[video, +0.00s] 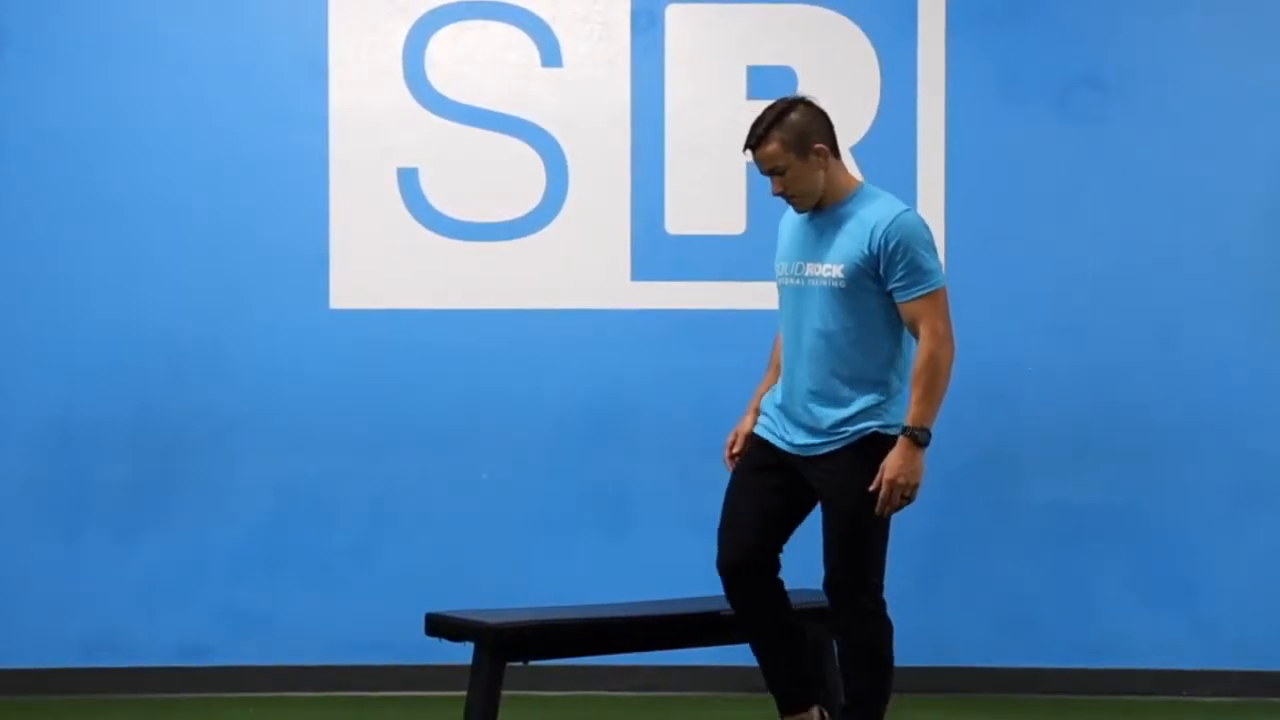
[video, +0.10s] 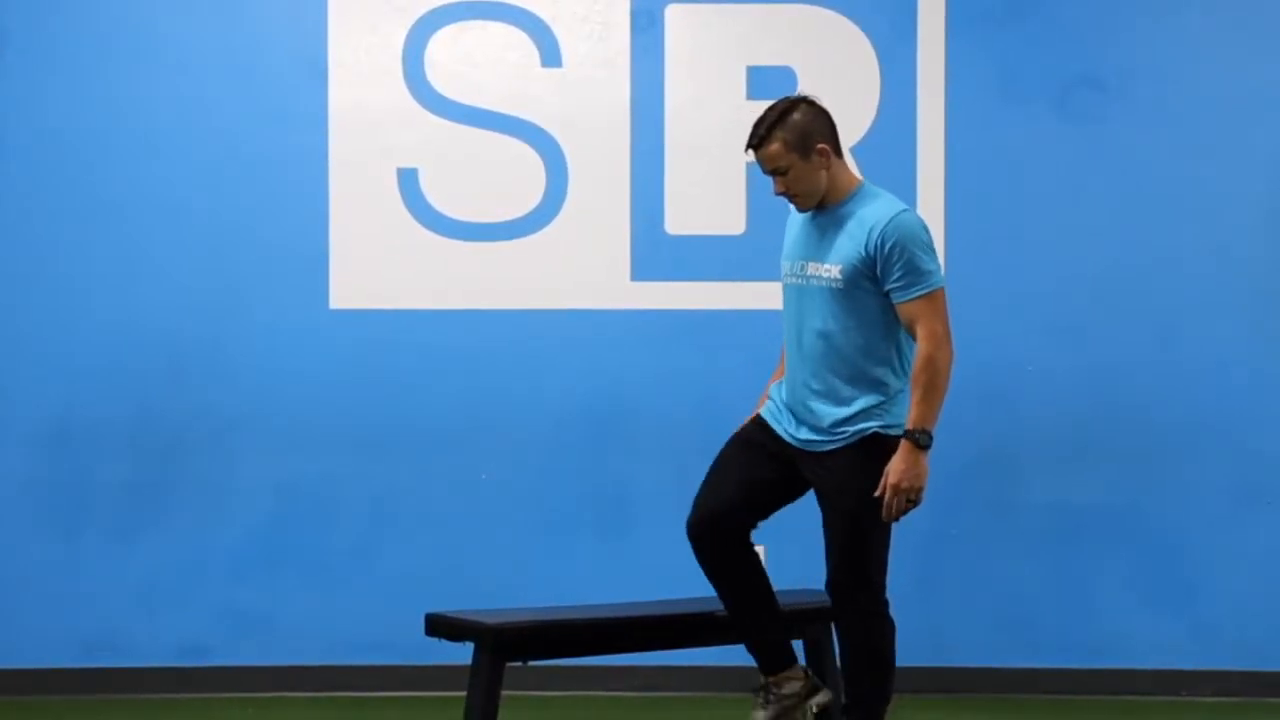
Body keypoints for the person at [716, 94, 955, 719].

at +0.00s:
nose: (774, 187)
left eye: (779, 172)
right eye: (767, 175)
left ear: (821, 155)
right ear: (809, 160)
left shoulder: (893, 225)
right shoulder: (794, 223)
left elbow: (936, 337)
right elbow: (795, 332)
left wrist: (913, 440)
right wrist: (756, 411)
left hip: (859, 439)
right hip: (783, 433)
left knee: (853, 598)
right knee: (741, 563)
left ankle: (862, 714)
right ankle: (803, 708)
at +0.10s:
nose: (776, 188)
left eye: (780, 172)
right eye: (769, 176)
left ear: (823, 154)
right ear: (817, 158)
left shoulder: (894, 227)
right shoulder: (805, 219)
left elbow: (935, 340)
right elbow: (808, 333)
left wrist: (916, 444)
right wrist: (769, 407)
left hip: (863, 437)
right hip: (790, 423)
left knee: (856, 600)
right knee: (712, 525)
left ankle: (861, 712)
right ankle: (784, 678)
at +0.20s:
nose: (774, 189)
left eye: (779, 174)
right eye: (768, 176)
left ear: (822, 158)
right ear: (811, 161)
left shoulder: (889, 228)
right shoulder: (807, 216)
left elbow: (932, 341)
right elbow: (825, 326)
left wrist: (911, 447)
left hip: (859, 435)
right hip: (790, 409)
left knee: (859, 605)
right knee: (688, 470)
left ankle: (863, 712)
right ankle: (768, 617)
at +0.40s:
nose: (770, 201)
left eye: (774, 186)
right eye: (763, 189)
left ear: (815, 166)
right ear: (807, 169)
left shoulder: (886, 233)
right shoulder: (812, 220)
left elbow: (924, 347)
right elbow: (819, 333)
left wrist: (892, 448)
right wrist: (786, 411)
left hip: (847, 435)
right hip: (793, 394)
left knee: (846, 596)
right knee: (672, 388)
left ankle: (853, 714)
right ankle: (732, 538)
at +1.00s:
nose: (706, 214)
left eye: (709, 200)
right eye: (699, 203)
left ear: (749, 178)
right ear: (744, 180)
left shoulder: (820, 242)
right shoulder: (749, 234)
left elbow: (849, 358)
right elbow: (750, 327)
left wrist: (815, 460)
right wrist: (711, 416)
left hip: (820, 432)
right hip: (756, 395)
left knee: (831, 598)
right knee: (638, 417)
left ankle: (846, 713)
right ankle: (687, 566)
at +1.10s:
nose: (683, 219)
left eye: (687, 205)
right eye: (676, 208)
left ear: (727, 184)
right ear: (717, 188)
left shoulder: (795, 242)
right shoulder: (730, 241)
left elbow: (811, 360)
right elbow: (723, 335)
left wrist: (763, 459)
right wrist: (691, 417)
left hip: (817, 428)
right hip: (754, 403)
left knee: (819, 590)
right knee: (633, 420)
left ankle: (843, 713)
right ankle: (687, 566)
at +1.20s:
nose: (662, 225)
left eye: (665, 210)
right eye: (655, 214)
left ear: (705, 190)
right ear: (694, 194)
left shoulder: (767, 244)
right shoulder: (706, 255)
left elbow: (769, 356)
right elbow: (691, 342)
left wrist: (698, 439)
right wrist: (633, 431)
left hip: (803, 427)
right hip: (742, 406)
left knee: (807, 595)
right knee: (624, 424)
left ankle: (840, 714)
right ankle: (686, 567)